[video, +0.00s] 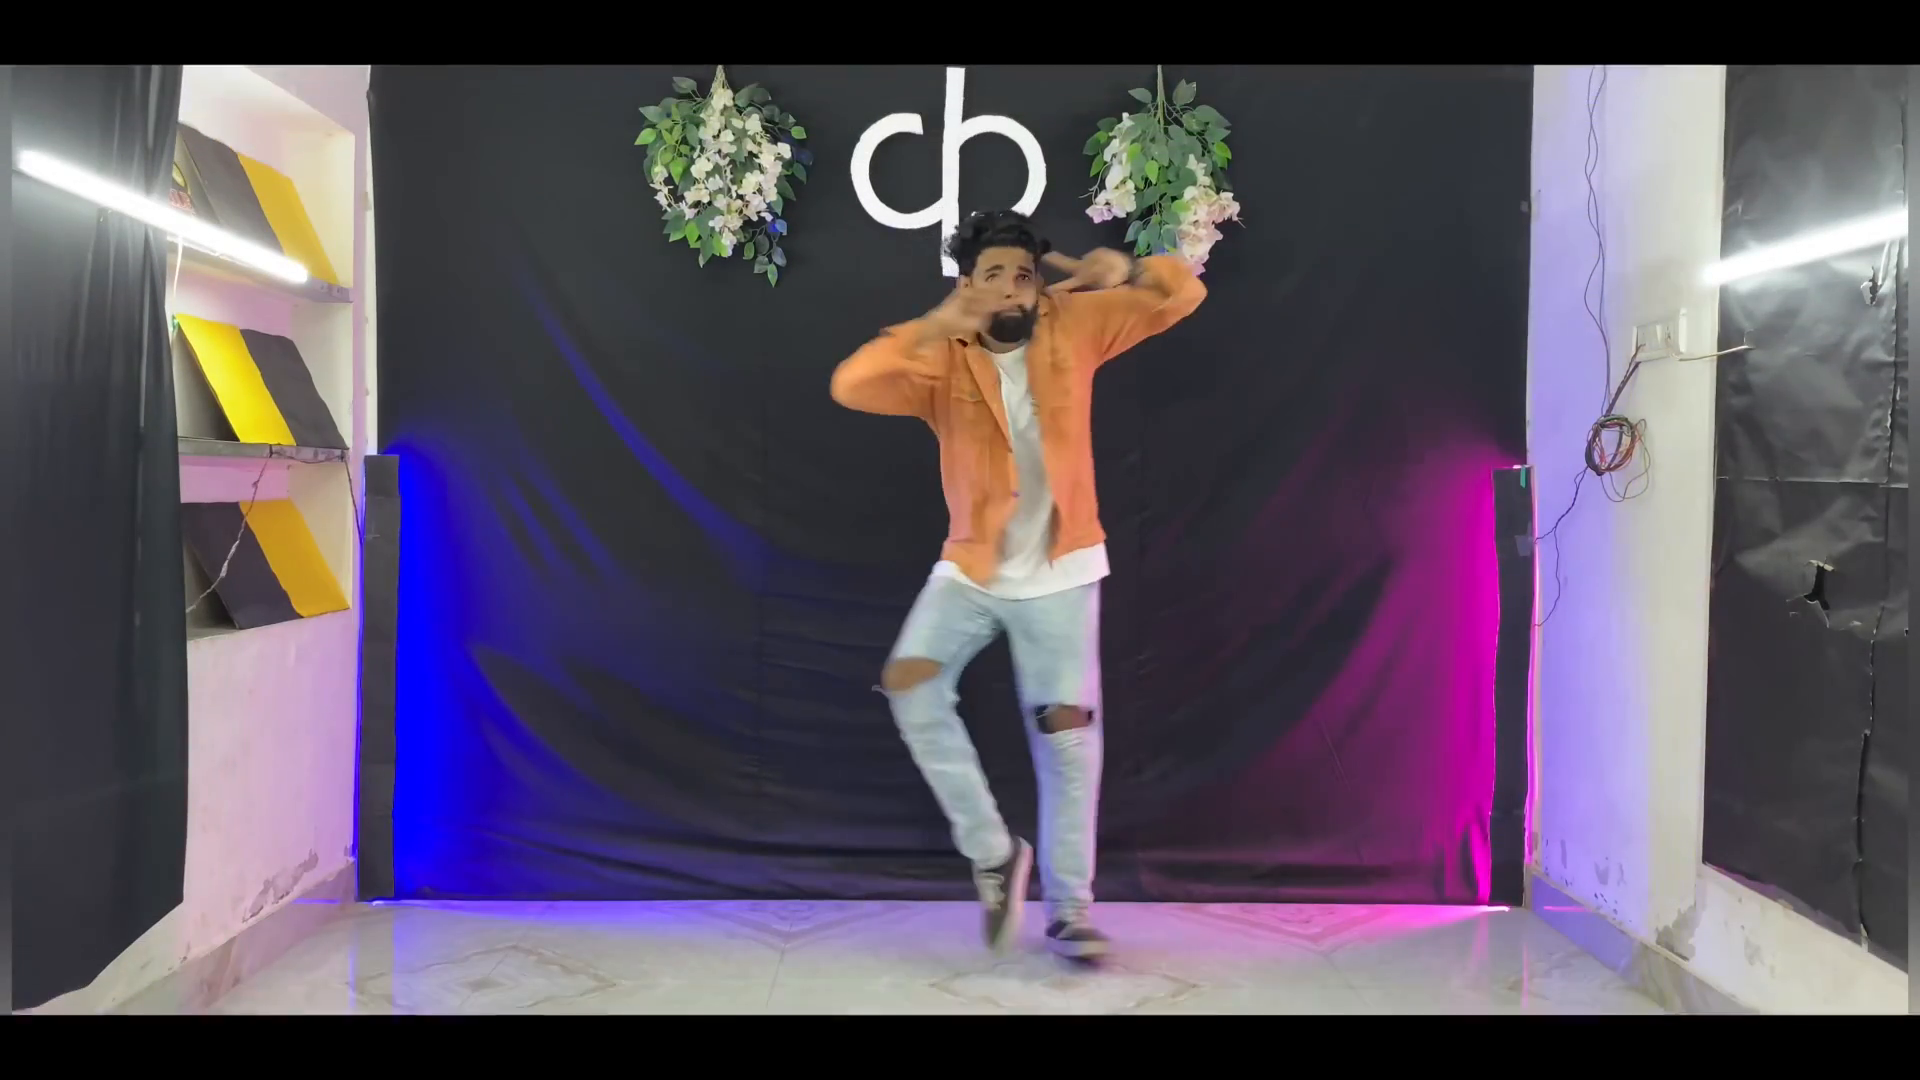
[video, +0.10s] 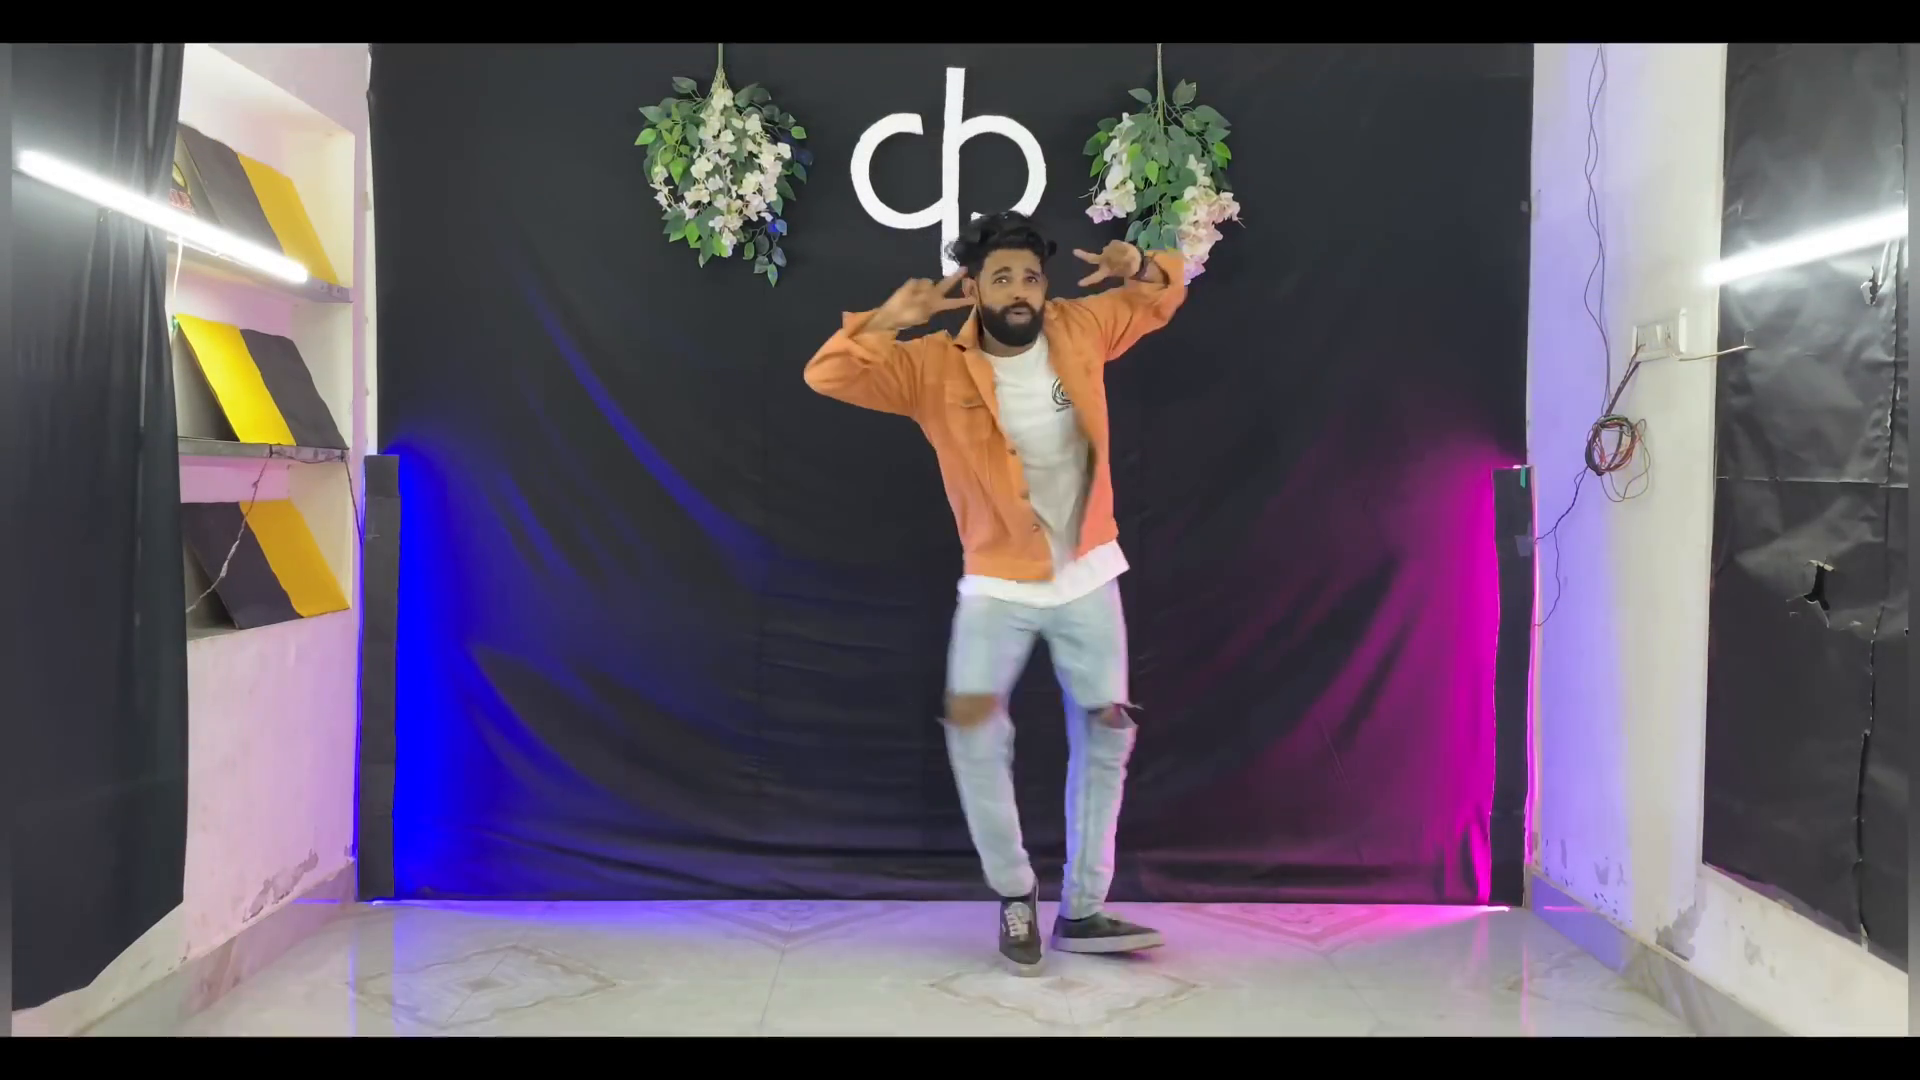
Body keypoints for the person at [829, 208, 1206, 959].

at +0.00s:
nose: (1012, 286)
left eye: (1024, 273)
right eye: (995, 273)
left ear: (1043, 281)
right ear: (966, 284)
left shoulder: (1076, 325)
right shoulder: (940, 356)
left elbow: (1180, 294)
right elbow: (850, 385)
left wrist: (1127, 270)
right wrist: (941, 323)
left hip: (1061, 567)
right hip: (972, 565)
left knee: (1067, 729)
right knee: (912, 684)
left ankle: (1071, 911)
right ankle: (992, 857)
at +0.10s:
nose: (1018, 290)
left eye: (1030, 276)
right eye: (1002, 277)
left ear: (1046, 284)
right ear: (973, 286)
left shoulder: (1080, 327)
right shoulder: (932, 364)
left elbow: (1164, 294)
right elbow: (827, 373)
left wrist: (1141, 264)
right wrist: (889, 317)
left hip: (1088, 571)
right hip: (997, 579)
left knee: (1107, 728)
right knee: (971, 720)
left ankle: (1085, 908)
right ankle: (1015, 899)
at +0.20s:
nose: (1022, 298)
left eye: (1033, 284)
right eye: (1005, 284)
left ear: (1048, 291)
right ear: (972, 294)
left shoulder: (1073, 339)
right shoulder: (929, 374)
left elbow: (1133, 312)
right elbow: (826, 373)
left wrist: (1146, 275)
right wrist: (874, 323)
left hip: (1105, 574)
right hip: (1024, 588)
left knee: (1121, 735)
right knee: (1049, 741)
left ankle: (1088, 913)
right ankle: (1015, 911)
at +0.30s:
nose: (1018, 302)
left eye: (1030, 288)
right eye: (1000, 288)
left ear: (1045, 296)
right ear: (967, 296)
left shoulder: (1070, 349)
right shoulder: (928, 374)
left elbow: (1152, 335)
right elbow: (815, 375)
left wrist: (1170, 320)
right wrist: (857, 362)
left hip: (1112, 583)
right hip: (1034, 598)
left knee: (1129, 740)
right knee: (1090, 747)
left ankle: (1089, 918)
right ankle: (1009, 914)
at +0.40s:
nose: (1008, 297)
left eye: (1021, 283)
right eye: (992, 283)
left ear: (1039, 290)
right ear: (965, 290)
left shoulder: (1076, 356)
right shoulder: (933, 375)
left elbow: (1174, 405)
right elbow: (826, 419)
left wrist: (1134, 348)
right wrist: (894, 376)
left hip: (1094, 579)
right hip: (1010, 598)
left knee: (1137, 715)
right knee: (1048, 750)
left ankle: (1095, 895)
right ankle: (1005, 913)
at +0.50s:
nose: (1007, 286)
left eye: (1020, 271)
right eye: (991, 273)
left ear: (1042, 276)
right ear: (970, 283)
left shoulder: (1075, 353)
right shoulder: (943, 360)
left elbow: (1133, 438)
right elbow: (888, 461)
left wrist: (1107, 346)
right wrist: (919, 375)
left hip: (1072, 565)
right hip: (989, 579)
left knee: (1115, 698)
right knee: (1010, 740)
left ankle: (1073, 869)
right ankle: (1000, 906)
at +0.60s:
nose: (1012, 278)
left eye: (1026, 264)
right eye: (997, 265)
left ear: (1050, 268)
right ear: (976, 271)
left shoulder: (1086, 339)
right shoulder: (952, 342)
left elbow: (1096, 432)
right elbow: (936, 454)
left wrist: (1084, 347)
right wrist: (921, 383)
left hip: (1054, 566)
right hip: (968, 572)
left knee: (1066, 715)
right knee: (975, 736)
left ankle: (1068, 869)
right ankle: (985, 899)